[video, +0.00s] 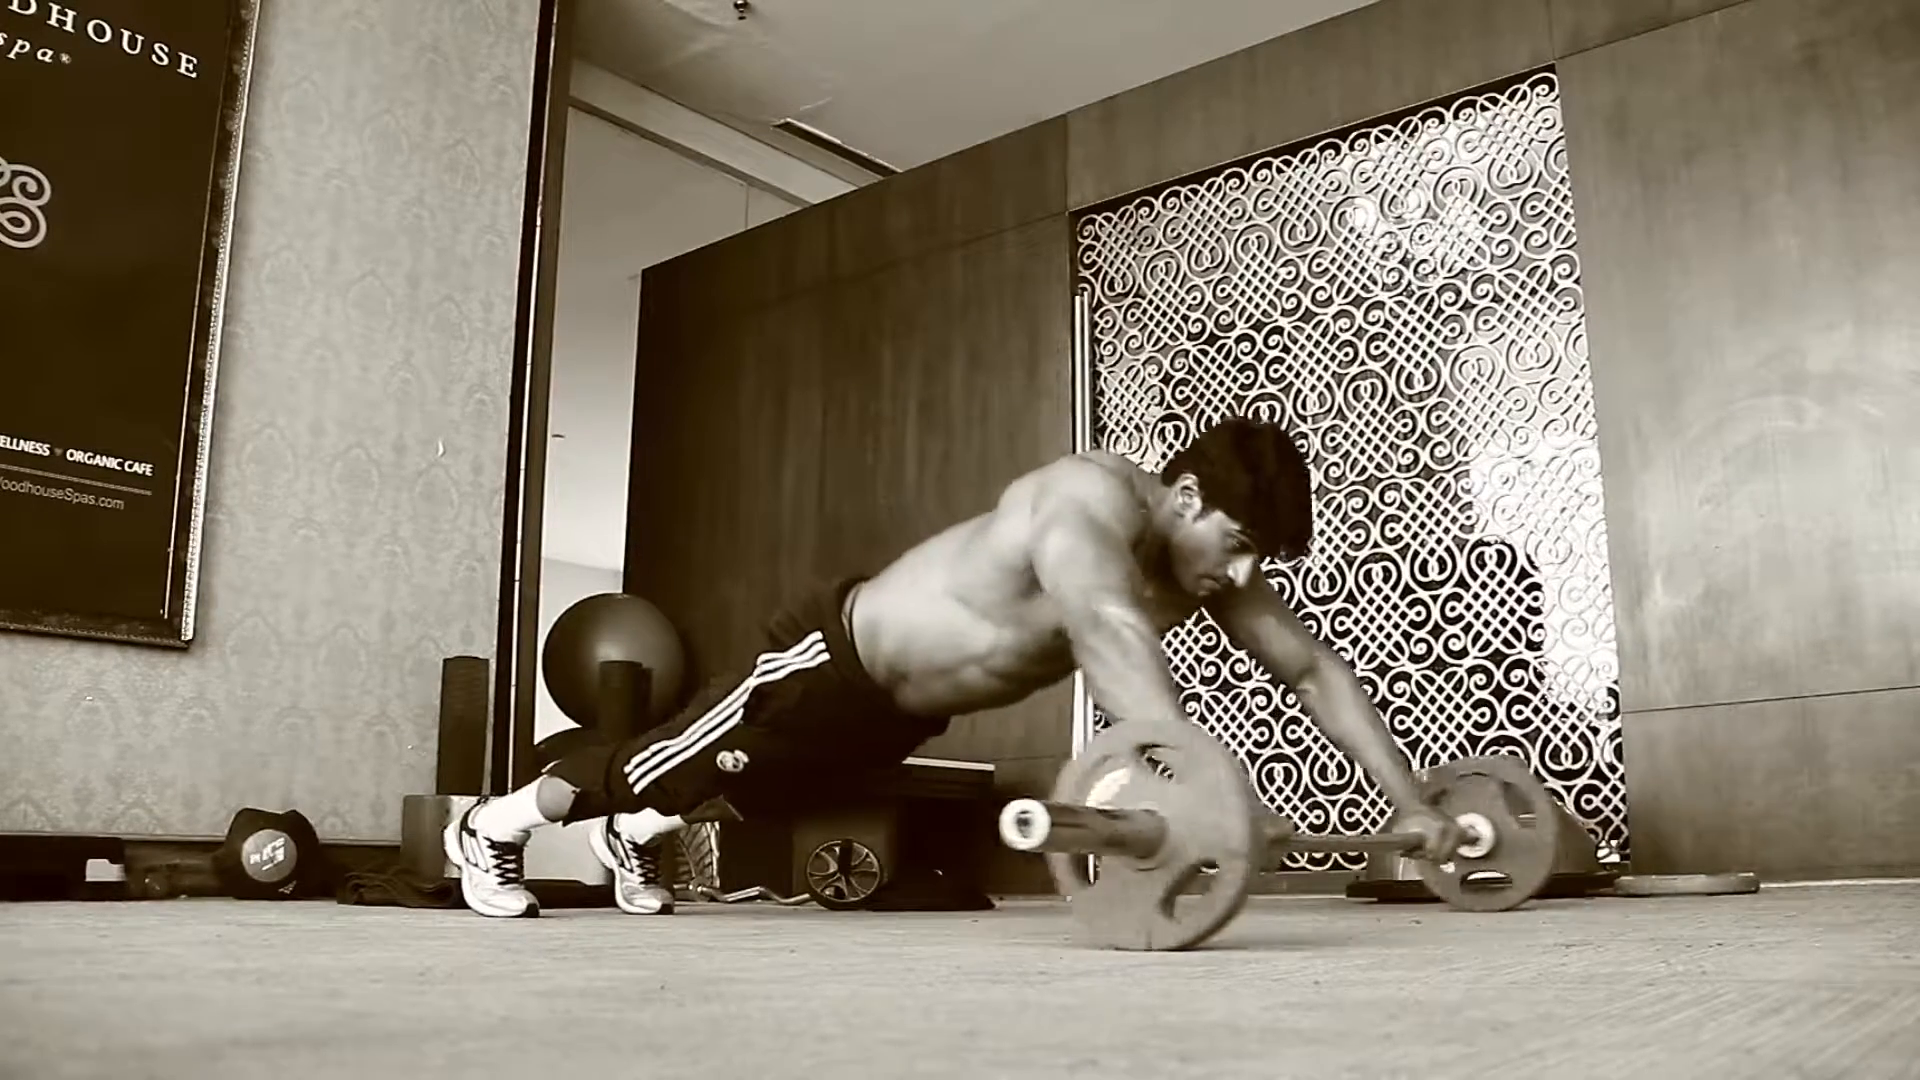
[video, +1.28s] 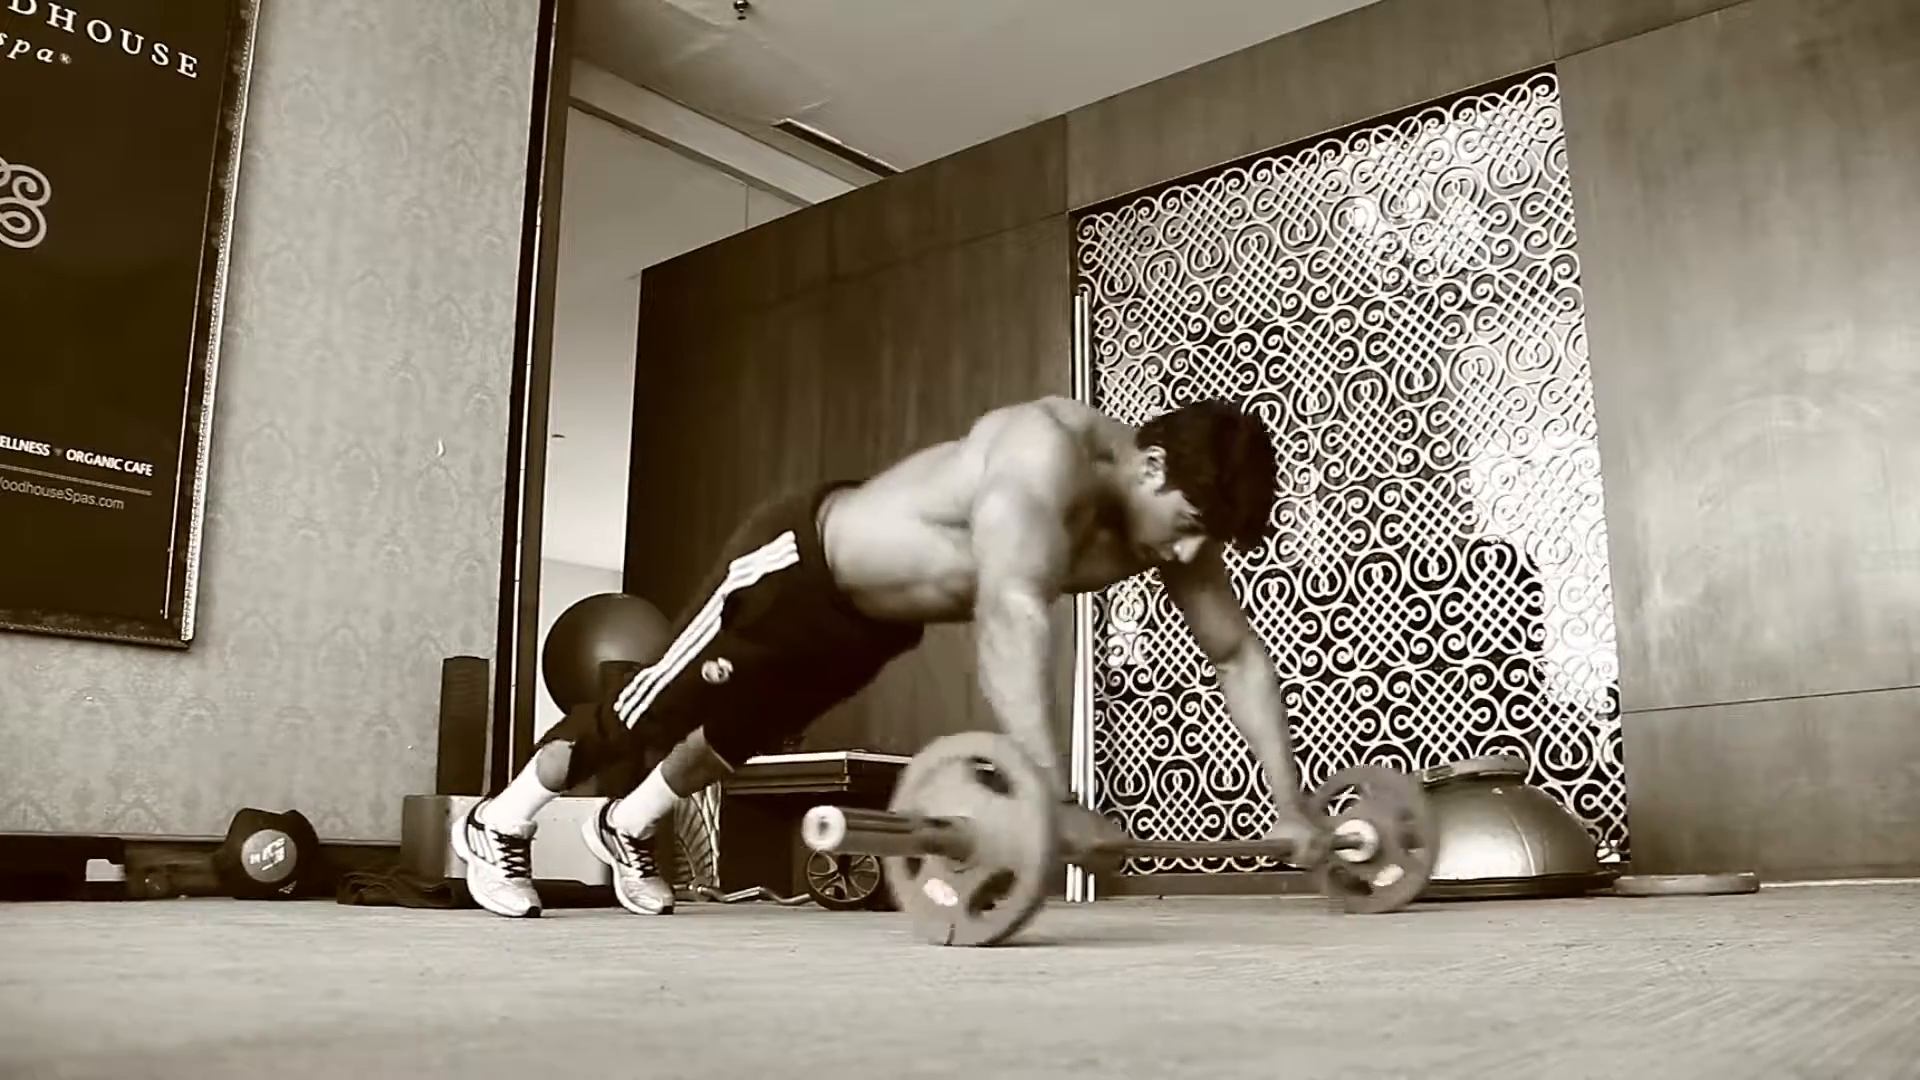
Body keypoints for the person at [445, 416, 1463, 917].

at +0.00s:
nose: (1237, 579)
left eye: (1252, 564)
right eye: (1240, 553)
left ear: (1228, 526)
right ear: (1200, 496)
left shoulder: (1183, 553)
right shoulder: (1090, 498)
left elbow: (1310, 668)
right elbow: (1105, 634)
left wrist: (1407, 791)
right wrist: (1193, 756)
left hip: (899, 712)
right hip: (839, 659)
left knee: (761, 800)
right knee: (668, 765)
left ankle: (628, 843)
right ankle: (495, 820)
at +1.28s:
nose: (1191, 550)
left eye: (1207, 537)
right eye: (1193, 526)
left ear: (1200, 499)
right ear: (1156, 466)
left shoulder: (1162, 524)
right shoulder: (1039, 454)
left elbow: (1238, 656)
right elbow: (1010, 618)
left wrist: (1293, 805)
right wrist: (1046, 796)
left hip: (871, 622)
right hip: (803, 568)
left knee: (737, 731)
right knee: (647, 706)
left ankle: (620, 829)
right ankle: (496, 822)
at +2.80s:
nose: (888, 598)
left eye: (904, 591)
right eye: (889, 578)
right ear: (865, 525)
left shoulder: (881, 507)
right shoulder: (748, 495)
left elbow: (910, 686)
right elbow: (685, 650)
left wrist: (910, 825)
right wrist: (657, 810)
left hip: (699, 493)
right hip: (624, 444)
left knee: (639, 675)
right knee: (542, 658)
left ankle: (611, 861)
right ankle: (472, 854)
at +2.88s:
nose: (884, 602)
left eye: (900, 594)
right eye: (885, 581)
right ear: (861, 527)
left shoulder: (882, 514)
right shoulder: (746, 499)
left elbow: (909, 686)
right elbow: (680, 652)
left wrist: (908, 822)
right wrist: (654, 810)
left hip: (699, 494)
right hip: (624, 442)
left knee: (640, 668)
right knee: (538, 657)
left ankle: (608, 858)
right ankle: (471, 854)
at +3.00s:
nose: (881, 606)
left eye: (896, 597)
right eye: (883, 585)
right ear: (857, 534)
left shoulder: (877, 512)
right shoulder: (744, 504)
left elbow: (913, 686)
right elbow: (679, 654)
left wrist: (912, 825)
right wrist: (653, 809)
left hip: (697, 491)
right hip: (622, 442)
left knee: (643, 665)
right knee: (547, 653)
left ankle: (608, 857)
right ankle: (472, 852)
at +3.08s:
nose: (881, 606)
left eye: (896, 596)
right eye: (882, 585)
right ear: (855, 532)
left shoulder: (876, 514)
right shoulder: (745, 503)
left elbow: (917, 685)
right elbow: (682, 653)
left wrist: (918, 824)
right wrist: (656, 810)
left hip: (694, 493)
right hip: (620, 444)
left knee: (640, 667)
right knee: (546, 654)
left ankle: (613, 856)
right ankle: (472, 854)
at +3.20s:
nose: (885, 595)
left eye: (900, 584)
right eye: (886, 575)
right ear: (856, 522)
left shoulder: (880, 510)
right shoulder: (745, 500)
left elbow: (923, 683)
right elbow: (689, 652)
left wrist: (933, 822)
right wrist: (673, 810)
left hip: (694, 500)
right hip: (619, 449)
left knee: (641, 675)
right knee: (546, 661)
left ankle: (609, 849)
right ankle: (472, 855)